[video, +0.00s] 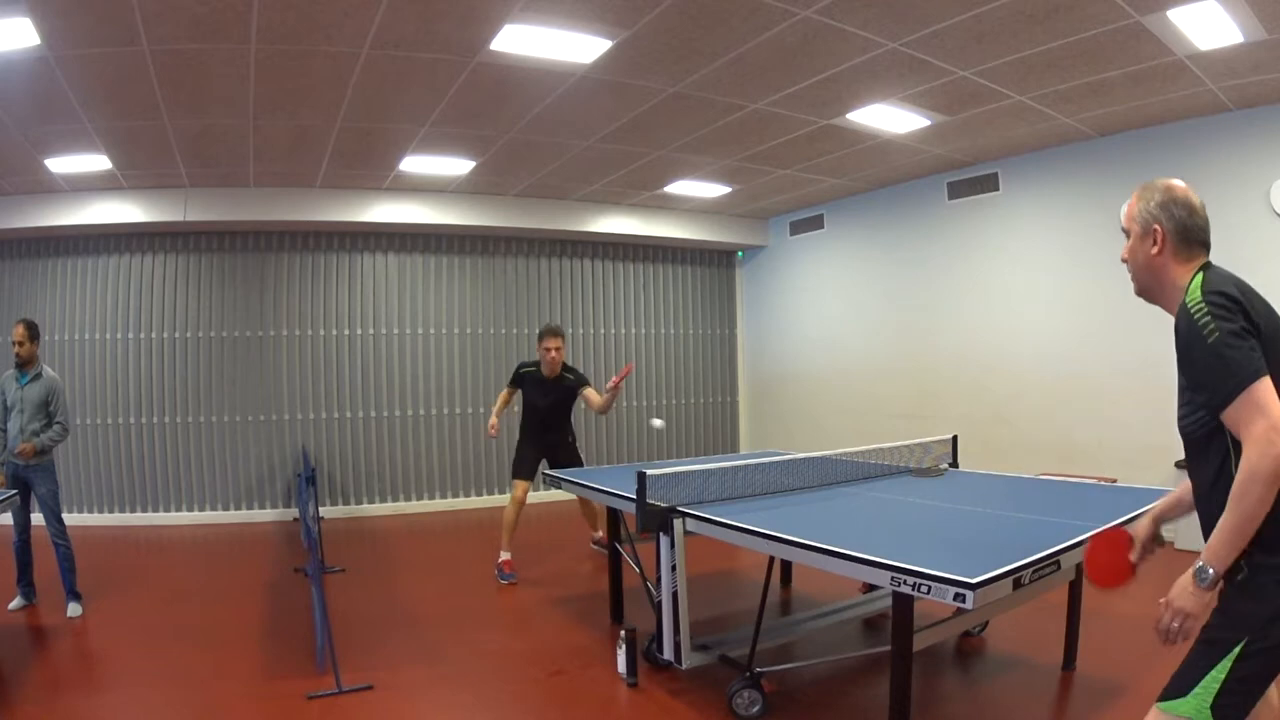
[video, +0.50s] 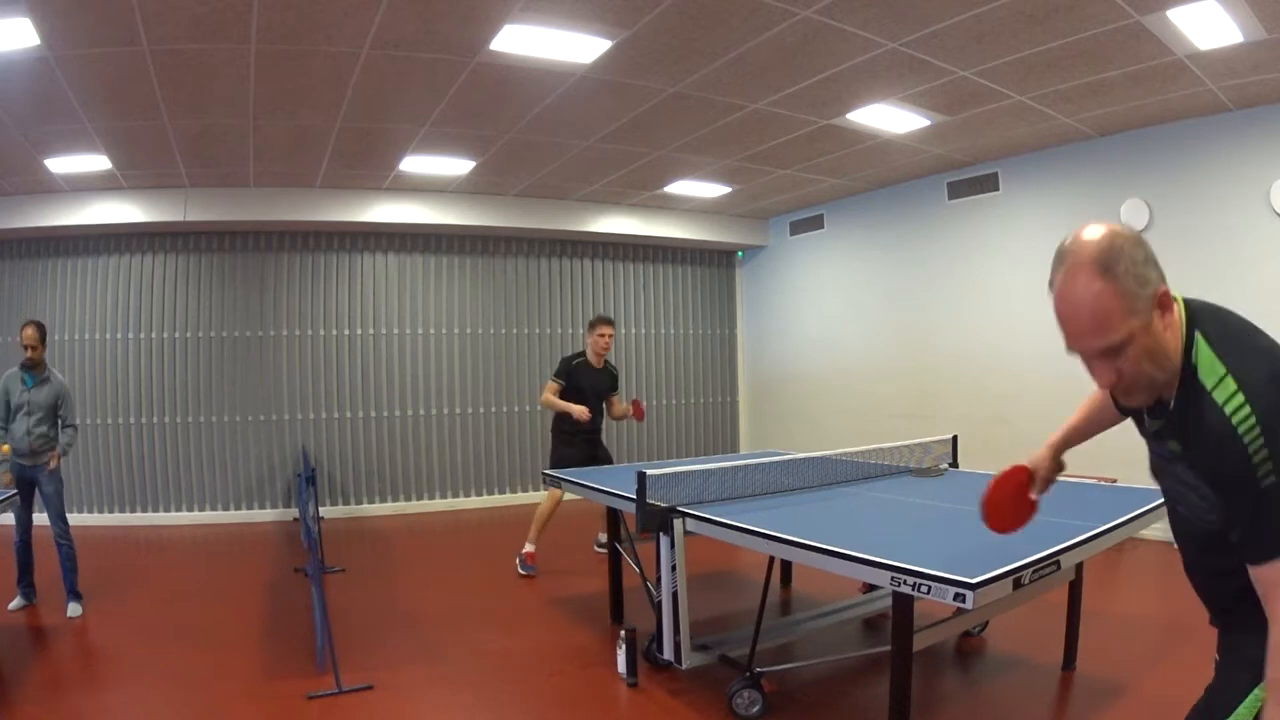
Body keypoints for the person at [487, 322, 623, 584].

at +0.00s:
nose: (553, 355)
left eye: (558, 350)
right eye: (548, 350)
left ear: (564, 351)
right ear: (539, 351)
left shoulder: (573, 378)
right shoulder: (524, 372)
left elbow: (600, 407)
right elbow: (507, 394)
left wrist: (610, 393)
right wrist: (494, 415)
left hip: (562, 443)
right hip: (530, 443)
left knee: (584, 493)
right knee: (518, 497)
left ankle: (598, 536)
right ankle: (504, 557)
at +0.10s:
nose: (554, 350)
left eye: (558, 344)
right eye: (548, 345)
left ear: (564, 347)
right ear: (539, 348)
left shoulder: (577, 376)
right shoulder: (524, 375)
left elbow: (608, 408)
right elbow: (510, 401)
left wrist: (614, 390)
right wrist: (499, 420)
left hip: (566, 443)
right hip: (535, 444)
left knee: (592, 491)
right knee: (524, 497)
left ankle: (600, 535)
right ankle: (505, 556)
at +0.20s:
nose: (564, 353)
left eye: (568, 348)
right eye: (558, 348)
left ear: (573, 351)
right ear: (548, 351)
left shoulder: (584, 382)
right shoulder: (532, 381)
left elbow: (614, 417)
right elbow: (516, 410)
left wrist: (615, 400)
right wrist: (511, 426)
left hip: (572, 449)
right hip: (541, 450)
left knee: (602, 492)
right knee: (530, 501)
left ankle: (602, 539)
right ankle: (506, 558)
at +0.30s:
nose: (579, 351)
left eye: (583, 347)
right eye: (574, 347)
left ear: (588, 350)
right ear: (563, 350)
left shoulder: (596, 382)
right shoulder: (546, 379)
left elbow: (621, 420)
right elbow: (525, 410)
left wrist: (621, 409)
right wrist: (529, 420)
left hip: (582, 447)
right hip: (552, 448)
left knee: (612, 491)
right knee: (539, 499)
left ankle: (606, 539)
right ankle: (508, 557)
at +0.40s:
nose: (595, 344)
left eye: (599, 339)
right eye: (589, 339)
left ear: (602, 343)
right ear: (578, 341)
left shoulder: (605, 375)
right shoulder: (559, 369)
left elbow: (619, 413)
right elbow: (536, 401)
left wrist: (629, 408)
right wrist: (552, 411)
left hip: (589, 442)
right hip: (560, 443)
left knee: (616, 482)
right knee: (547, 495)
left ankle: (607, 534)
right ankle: (517, 552)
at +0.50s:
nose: (606, 342)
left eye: (610, 337)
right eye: (601, 336)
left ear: (613, 341)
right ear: (588, 337)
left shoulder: (610, 373)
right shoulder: (569, 365)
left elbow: (614, 411)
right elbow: (546, 398)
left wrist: (630, 410)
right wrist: (571, 408)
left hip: (593, 442)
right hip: (565, 442)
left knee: (616, 487)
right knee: (555, 493)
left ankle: (606, 536)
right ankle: (529, 548)